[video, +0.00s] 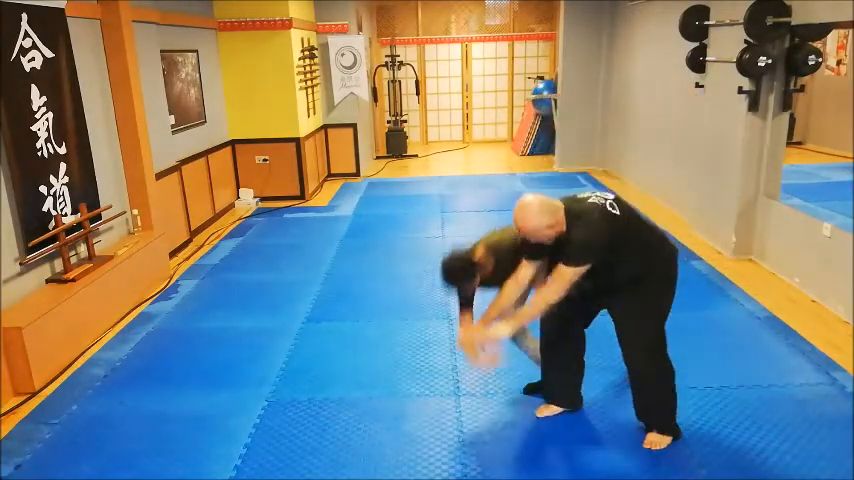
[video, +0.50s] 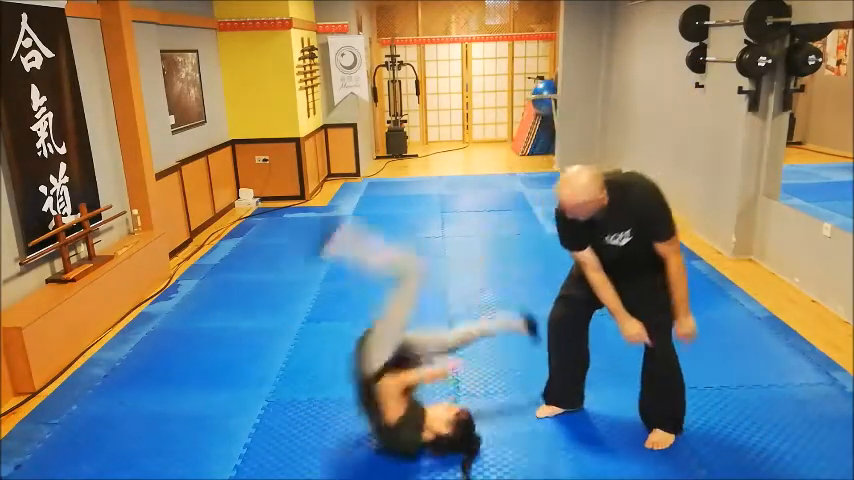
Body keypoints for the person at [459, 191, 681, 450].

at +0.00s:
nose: (525, 241)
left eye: (529, 235)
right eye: (522, 235)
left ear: (552, 226)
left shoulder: (589, 229)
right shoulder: (544, 224)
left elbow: (553, 292)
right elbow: (519, 278)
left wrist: (509, 327)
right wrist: (486, 322)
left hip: (645, 270)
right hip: (598, 270)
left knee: (643, 345)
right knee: (559, 320)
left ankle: (662, 425)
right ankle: (564, 398)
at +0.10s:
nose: (531, 250)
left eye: (535, 245)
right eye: (528, 245)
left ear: (559, 235)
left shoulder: (597, 229)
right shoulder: (542, 237)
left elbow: (582, 298)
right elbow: (527, 294)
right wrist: (502, 341)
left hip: (644, 271)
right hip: (596, 269)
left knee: (646, 346)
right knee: (553, 321)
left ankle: (663, 425)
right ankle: (562, 399)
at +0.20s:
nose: (540, 247)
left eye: (544, 241)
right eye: (537, 241)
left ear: (568, 231)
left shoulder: (609, 229)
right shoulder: (548, 237)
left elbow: (609, 298)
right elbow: (546, 294)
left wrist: (587, 355)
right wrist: (538, 353)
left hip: (646, 265)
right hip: (593, 265)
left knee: (647, 339)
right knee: (561, 324)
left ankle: (664, 425)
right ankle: (562, 397)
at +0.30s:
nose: (549, 239)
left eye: (554, 233)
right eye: (546, 234)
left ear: (579, 221)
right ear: (545, 224)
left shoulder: (619, 219)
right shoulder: (553, 231)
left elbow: (634, 286)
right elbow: (568, 291)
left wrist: (631, 348)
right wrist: (576, 350)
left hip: (647, 266)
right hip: (595, 267)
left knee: (650, 339)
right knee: (554, 321)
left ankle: (665, 425)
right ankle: (563, 397)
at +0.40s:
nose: (555, 229)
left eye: (561, 224)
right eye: (553, 224)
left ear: (589, 213)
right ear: (553, 211)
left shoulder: (628, 206)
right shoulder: (560, 224)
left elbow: (657, 271)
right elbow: (584, 279)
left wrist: (663, 331)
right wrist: (607, 333)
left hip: (639, 272)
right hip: (593, 273)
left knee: (657, 341)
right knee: (559, 320)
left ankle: (665, 423)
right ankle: (563, 398)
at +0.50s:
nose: (570, 213)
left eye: (576, 207)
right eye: (566, 207)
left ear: (601, 199)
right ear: (563, 197)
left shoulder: (641, 195)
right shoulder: (565, 212)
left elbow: (673, 255)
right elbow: (593, 269)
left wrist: (683, 313)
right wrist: (623, 319)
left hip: (644, 267)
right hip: (596, 265)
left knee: (658, 337)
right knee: (563, 318)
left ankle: (665, 422)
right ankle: (564, 398)